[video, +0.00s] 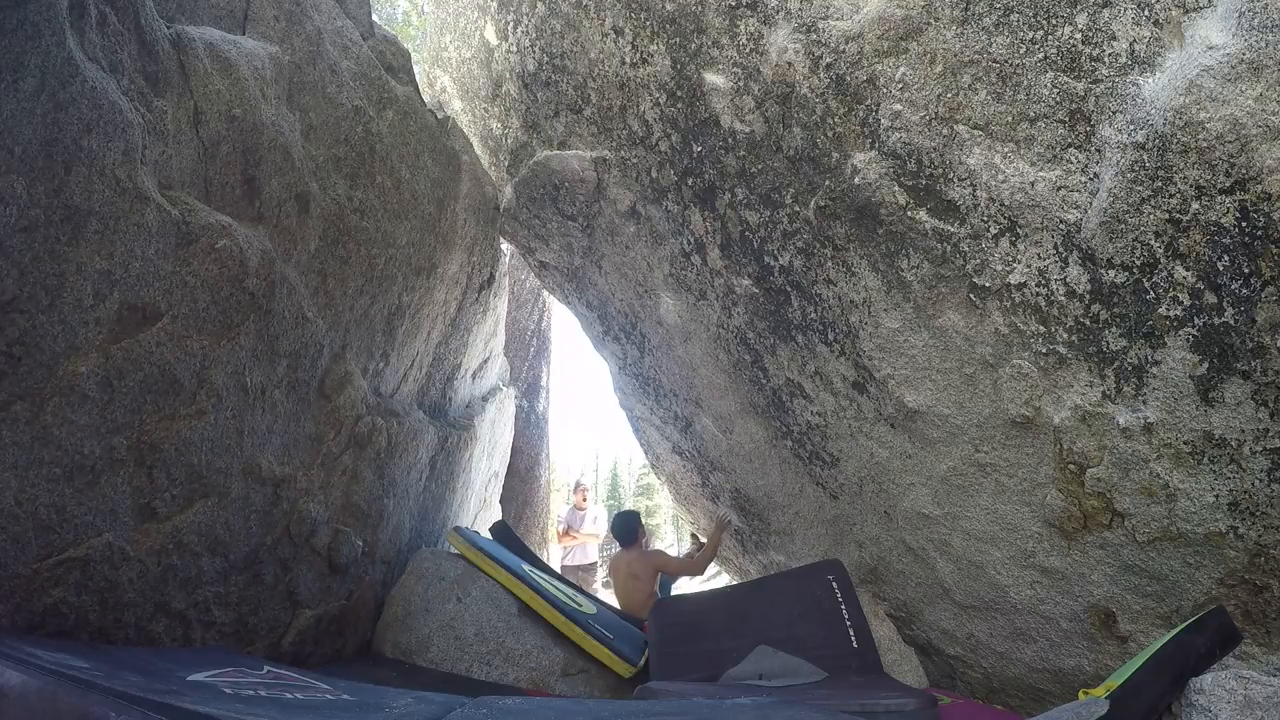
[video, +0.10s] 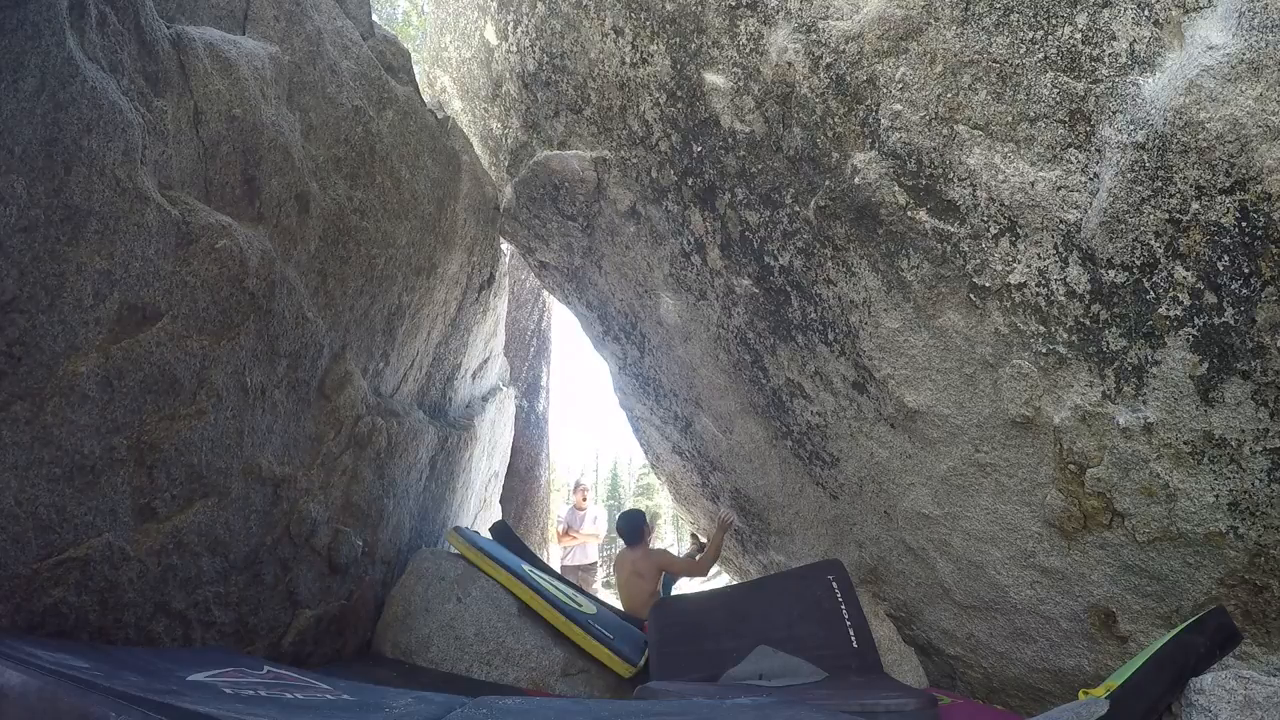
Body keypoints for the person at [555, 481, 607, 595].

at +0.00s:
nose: (585, 494)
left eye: (587, 490)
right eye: (581, 490)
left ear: (591, 493)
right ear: (574, 494)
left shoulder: (599, 512)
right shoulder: (564, 513)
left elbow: (599, 538)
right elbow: (561, 541)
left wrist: (573, 532)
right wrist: (587, 537)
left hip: (590, 564)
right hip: (569, 565)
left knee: (592, 604)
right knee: (569, 604)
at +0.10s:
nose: (585, 494)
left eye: (588, 490)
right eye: (581, 490)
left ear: (591, 493)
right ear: (574, 494)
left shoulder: (598, 512)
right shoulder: (564, 513)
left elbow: (599, 539)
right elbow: (561, 541)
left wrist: (573, 532)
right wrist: (587, 537)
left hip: (590, 565)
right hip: (569, 565)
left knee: (592, 604)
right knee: (568, 604)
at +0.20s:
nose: (584, 494)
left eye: (587, 490)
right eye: (581, 490)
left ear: (591, 493)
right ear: (573, 493)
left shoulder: (598, 512)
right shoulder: (564, 513)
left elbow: (599, 539)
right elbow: (561, 541)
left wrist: (572, 532)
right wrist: (586, 537)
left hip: (590, 565)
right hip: (567, 566)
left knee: (592, 605)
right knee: (568, 606)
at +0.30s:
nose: (584, 493)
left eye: (586, 490)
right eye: (580, 490)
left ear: (591, 493)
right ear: (573, 493)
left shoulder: (598, 512)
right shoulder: (564, 514)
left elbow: (599, 538)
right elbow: (561, 541)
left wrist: (572, 532)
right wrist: (586, 537)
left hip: (590, 565)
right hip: (568, 565)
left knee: (592, 605)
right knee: (568, 605)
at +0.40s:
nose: (583, 493)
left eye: (586, 490)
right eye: (579, 490)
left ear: (591, 493)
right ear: (573, 493)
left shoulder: (598, 512)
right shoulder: (564, 513)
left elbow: (599, 538)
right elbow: (561, 541)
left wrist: (572, 532)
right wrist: (586, 538)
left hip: (590, 565)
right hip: (568, 565)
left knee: (592, 604)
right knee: (569, 604)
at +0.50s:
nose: (582, 493)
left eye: (586, 490)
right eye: (579, 490)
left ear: (591, 492)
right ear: (573, 493)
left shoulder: (599, 513)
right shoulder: (564, 513)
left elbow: (599, 538)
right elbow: (561, 541)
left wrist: (572, 532)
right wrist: (586, 537)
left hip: (590, 565)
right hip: (568, 566)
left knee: (592, 604)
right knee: (568, 604)